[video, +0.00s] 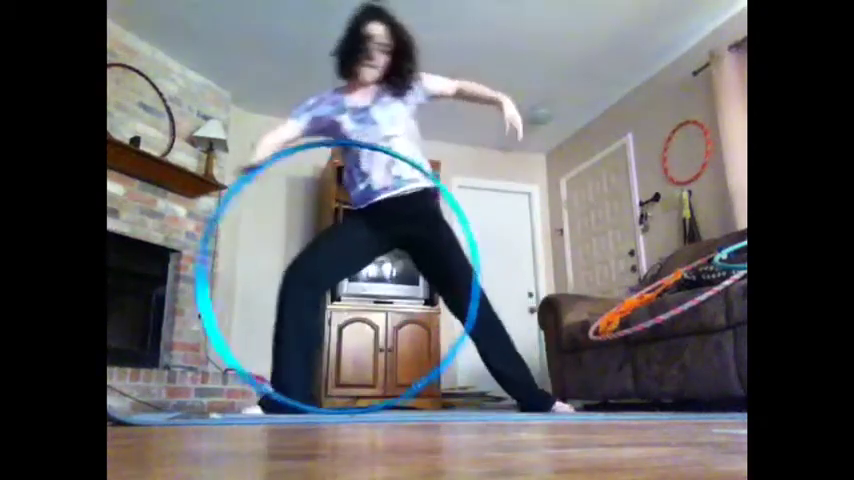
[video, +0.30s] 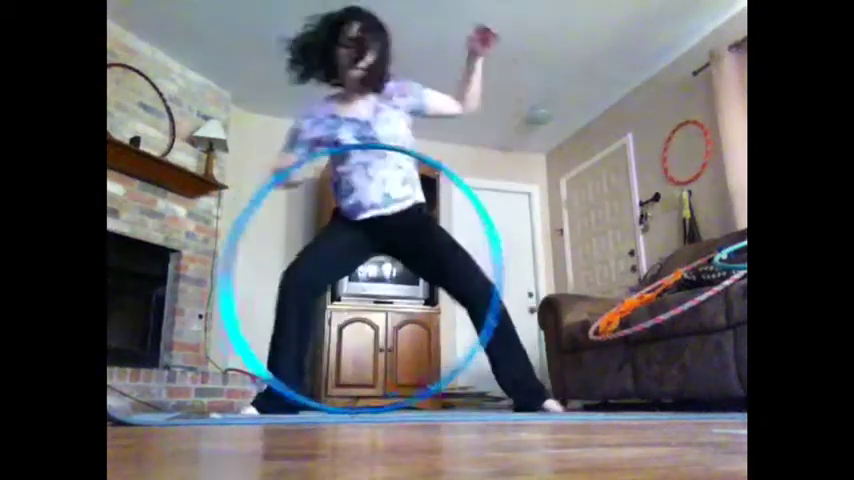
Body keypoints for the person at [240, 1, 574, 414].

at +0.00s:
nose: (375, 58)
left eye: (384, 51)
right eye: (367, 49)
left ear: (395, 56)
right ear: (351, 50)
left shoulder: (409, 88)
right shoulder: (329, 104)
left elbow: (458, 89)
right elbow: (280, 136)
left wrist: (504, 101)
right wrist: (260, 156)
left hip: (418, 209)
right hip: (368, 218)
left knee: (470, 303)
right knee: (302, 279)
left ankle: (537, 402)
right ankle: (289, 400)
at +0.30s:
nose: (362, 55)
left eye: (371, 46)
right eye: (351, 45)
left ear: (382, 53)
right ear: (331, 53)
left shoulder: (399, 96)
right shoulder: (317, 116)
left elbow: (466, 104)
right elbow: (282, 175)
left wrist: (475, 58)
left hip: (409, 221)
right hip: (352, 227)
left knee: (480, 292)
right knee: (297, 283)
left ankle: (532, 397)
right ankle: (280, 399)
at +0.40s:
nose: (393, 61)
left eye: (402, 51)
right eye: (383, 52)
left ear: (418, 55)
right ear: (369, 59)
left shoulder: (438, 97)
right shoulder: (360, 117)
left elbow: (508, 96)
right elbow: (325, 166)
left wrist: (483, 55)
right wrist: (359, 157)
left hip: (429, 225)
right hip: (375, 228)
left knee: (492, 292)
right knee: (322, 287)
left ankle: (523, 397)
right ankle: (281, 396)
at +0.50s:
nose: (421, 63)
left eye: (429, 54)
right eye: (413, 55)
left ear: (447, 55)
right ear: (401, 59)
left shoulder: (468, 93)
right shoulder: (398, 105)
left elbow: (524, 93)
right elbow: (378, 158)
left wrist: (482, 59)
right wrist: (415, 158)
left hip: (453, 217)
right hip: (403, 219)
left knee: (507, 294)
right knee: (342, 301)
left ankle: (525, 399)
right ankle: (275, 403)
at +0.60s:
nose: (444, 62)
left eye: (452, 52)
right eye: (438, 55)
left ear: (476, 54)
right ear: (433, 60)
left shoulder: (498, 88)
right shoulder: (433, 102)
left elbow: (522, 101)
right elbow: (427, 169)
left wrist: (469, 73)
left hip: (486, 215)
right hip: (437, 216)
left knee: (525, 296)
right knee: (385, 293)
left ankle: (525, 398)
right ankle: (314, 391)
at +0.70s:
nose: (471, 68)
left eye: (479, 57)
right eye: (461, 60)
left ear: (496, 53)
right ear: (449, 62)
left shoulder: (512, 88)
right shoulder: (444, 102)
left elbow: (512, 113)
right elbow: (454, 169)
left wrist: (454, 90)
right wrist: (511, 171)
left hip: (499, 214)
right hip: (450, 216)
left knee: (528, 295)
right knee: (411, 290)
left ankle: (527, 396)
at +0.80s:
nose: (475, 73)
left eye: (485, 62)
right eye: (466, 64)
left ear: (501, 64)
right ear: (455, 68)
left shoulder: (517, 95)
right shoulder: (446, 108)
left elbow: (508, 124)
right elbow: (467, 171)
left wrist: (445, 113)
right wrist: (532, 177)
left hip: (508, 215)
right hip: (458, 219)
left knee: (527, 298)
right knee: (424, 298)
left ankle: (533, 400)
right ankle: (424, 390)